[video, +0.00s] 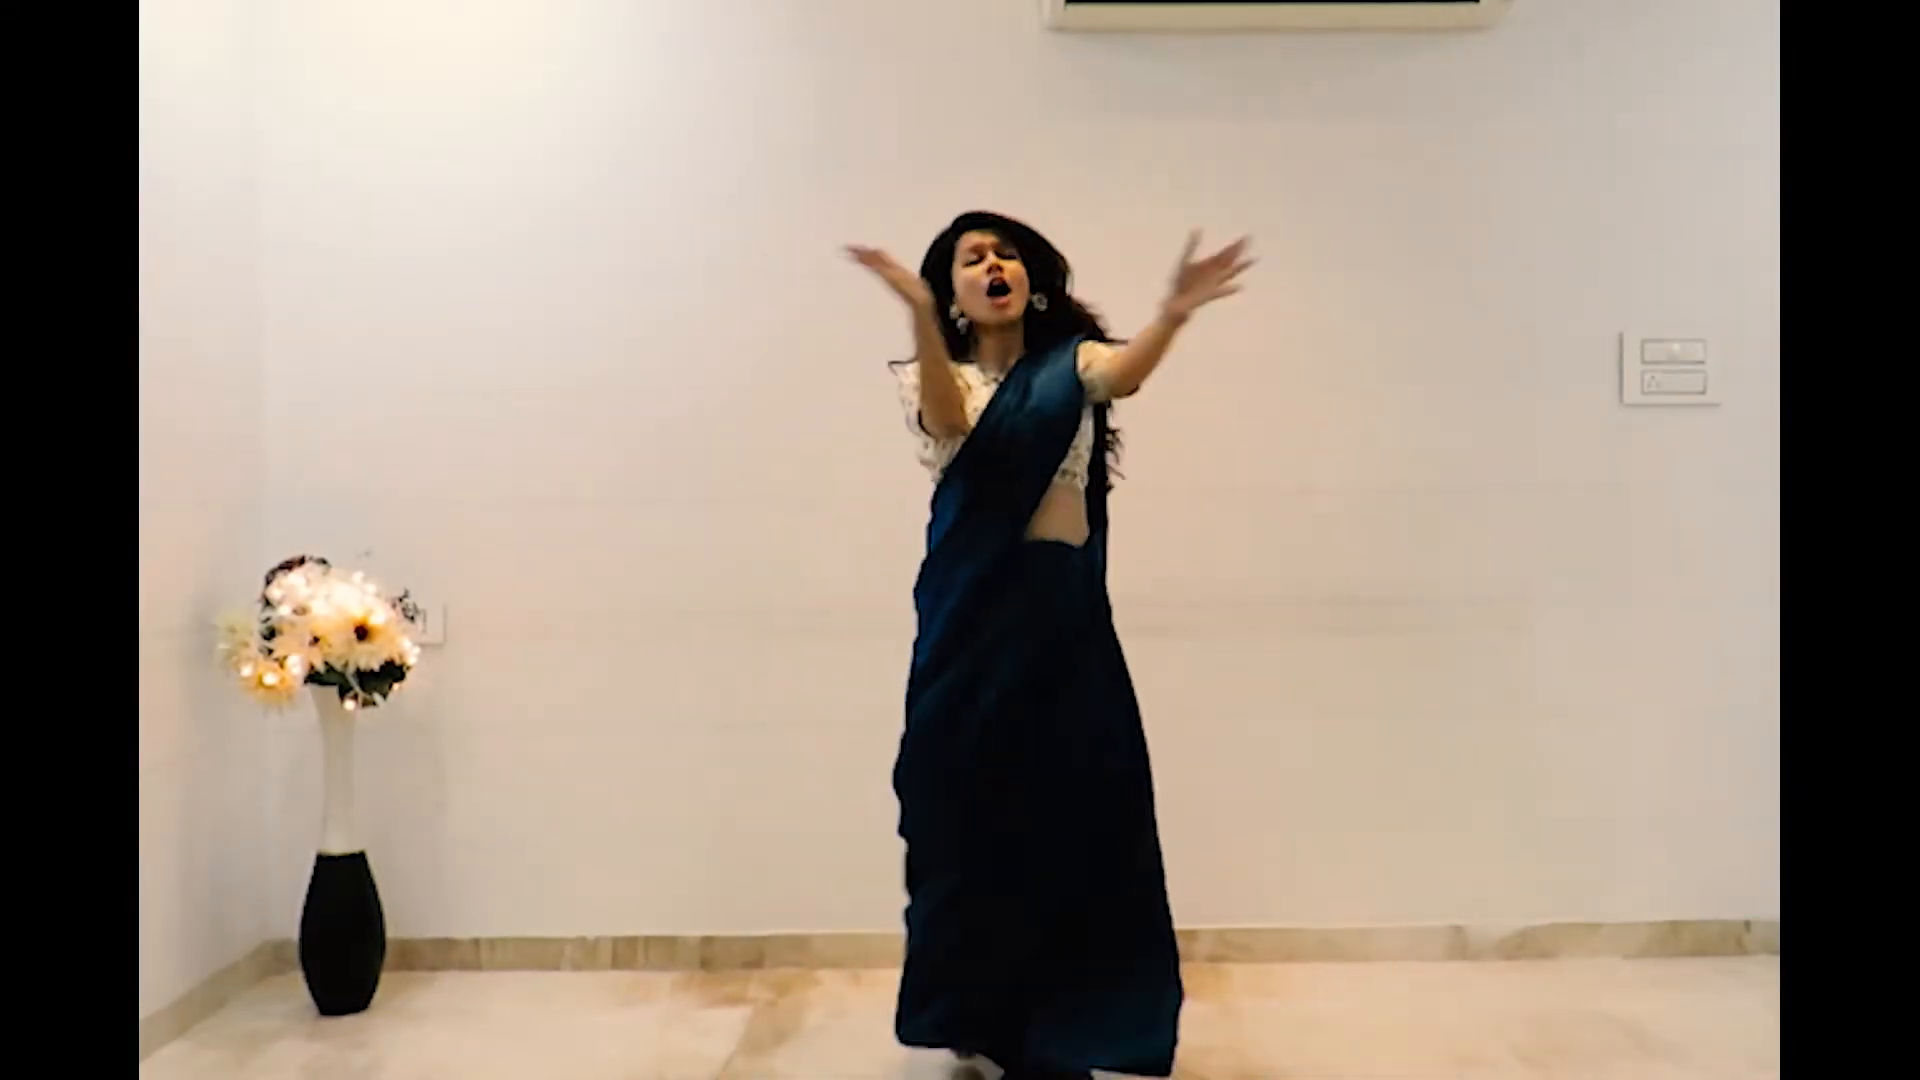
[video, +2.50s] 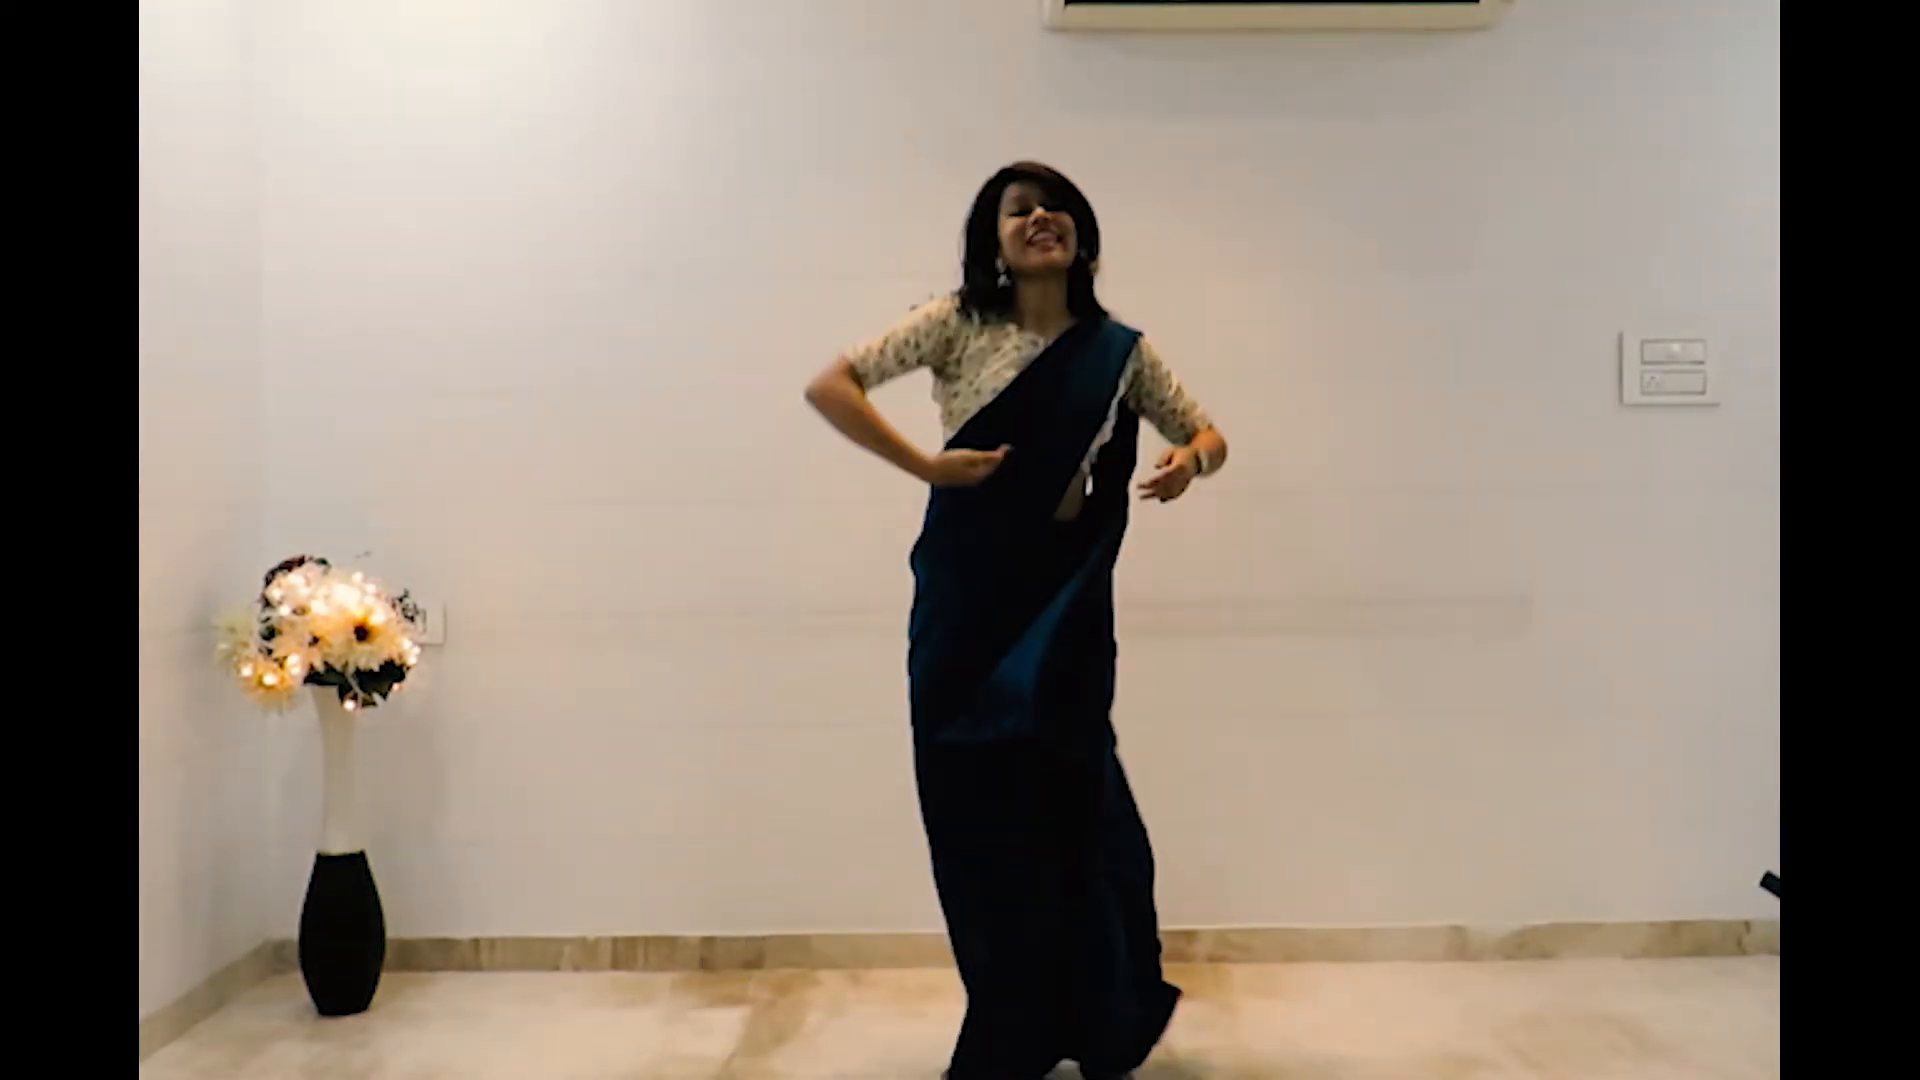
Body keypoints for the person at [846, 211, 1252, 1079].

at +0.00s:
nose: (992, 266)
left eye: (1006, 253)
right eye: (972, 258)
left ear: (1036, 282)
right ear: (949, 293)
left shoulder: (1072, 360)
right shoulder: (937, 379)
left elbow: (1125, 369)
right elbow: (945, 413)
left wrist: (1174, 310)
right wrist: (922, 309)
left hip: (1066, 620)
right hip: (965, 623)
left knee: (1078, 822)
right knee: (960, 822)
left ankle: (1074, 1043)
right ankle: (956, 1040)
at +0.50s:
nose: (985, 253)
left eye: (1005, 247)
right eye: (980, 245)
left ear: (1043, 275)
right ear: (967, 273)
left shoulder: (1055, 353)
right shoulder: (964, 343)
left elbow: (1113, 370)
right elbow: (898, 261)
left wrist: (1169, 342)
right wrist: (864, 155)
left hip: (1028, 596)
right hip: (965, 597)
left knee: (999, 811)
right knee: (960, 810)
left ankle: (1046, 1024)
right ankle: (995, 1022)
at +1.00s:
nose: (1001, 269)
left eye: (1020, 258)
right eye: (997, 258)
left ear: (1054, 287)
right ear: (990, 284)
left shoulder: (1058, 367)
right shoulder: (989, 364)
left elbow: (1071, 348)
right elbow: (890, 336)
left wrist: (1060, 304)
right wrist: (909, 279)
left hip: (1026, 596)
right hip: (977, 596)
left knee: (960, 803)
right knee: (973, 805)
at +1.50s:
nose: (972, 256)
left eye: (988, 247)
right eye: (979, 243)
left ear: (1029, 270)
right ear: (1018, 269)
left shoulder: (1047, 333)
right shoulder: (1005, 356)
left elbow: (1008, 330)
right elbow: (963, 405)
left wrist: (902, 351)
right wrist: (925, 424)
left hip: (1023, 581)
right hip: (989, 582)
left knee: (987, 795)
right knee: (982, 796)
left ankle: (1009, 1026)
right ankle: (999, 1019)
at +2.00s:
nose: (992, 255)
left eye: (1010, 249)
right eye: (1000, 244)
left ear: (1038, 275)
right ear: (1030, 281)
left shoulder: (1033, 361)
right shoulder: (997, 356)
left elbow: (930, 374)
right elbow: (882, 388)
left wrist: (914, 255)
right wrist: (884, 294)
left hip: (1029, 613)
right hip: (1004, 608)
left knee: (982, 803)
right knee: (986, 803)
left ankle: (1005, 1018)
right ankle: (1001, 1011)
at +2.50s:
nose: (1041, 217)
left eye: (1056, 206)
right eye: (1020, 208)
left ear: (1081, 236)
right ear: (992, 239)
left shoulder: (1120, 347)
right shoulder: (956, 324)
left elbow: (1207, 438)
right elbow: (828, 387)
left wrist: (1188, 461)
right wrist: (924, 464)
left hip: (1067, 598)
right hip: (965, 594)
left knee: (1061, 790)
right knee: (972, 802)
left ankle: (1097, 1017)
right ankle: (1003, 1025)